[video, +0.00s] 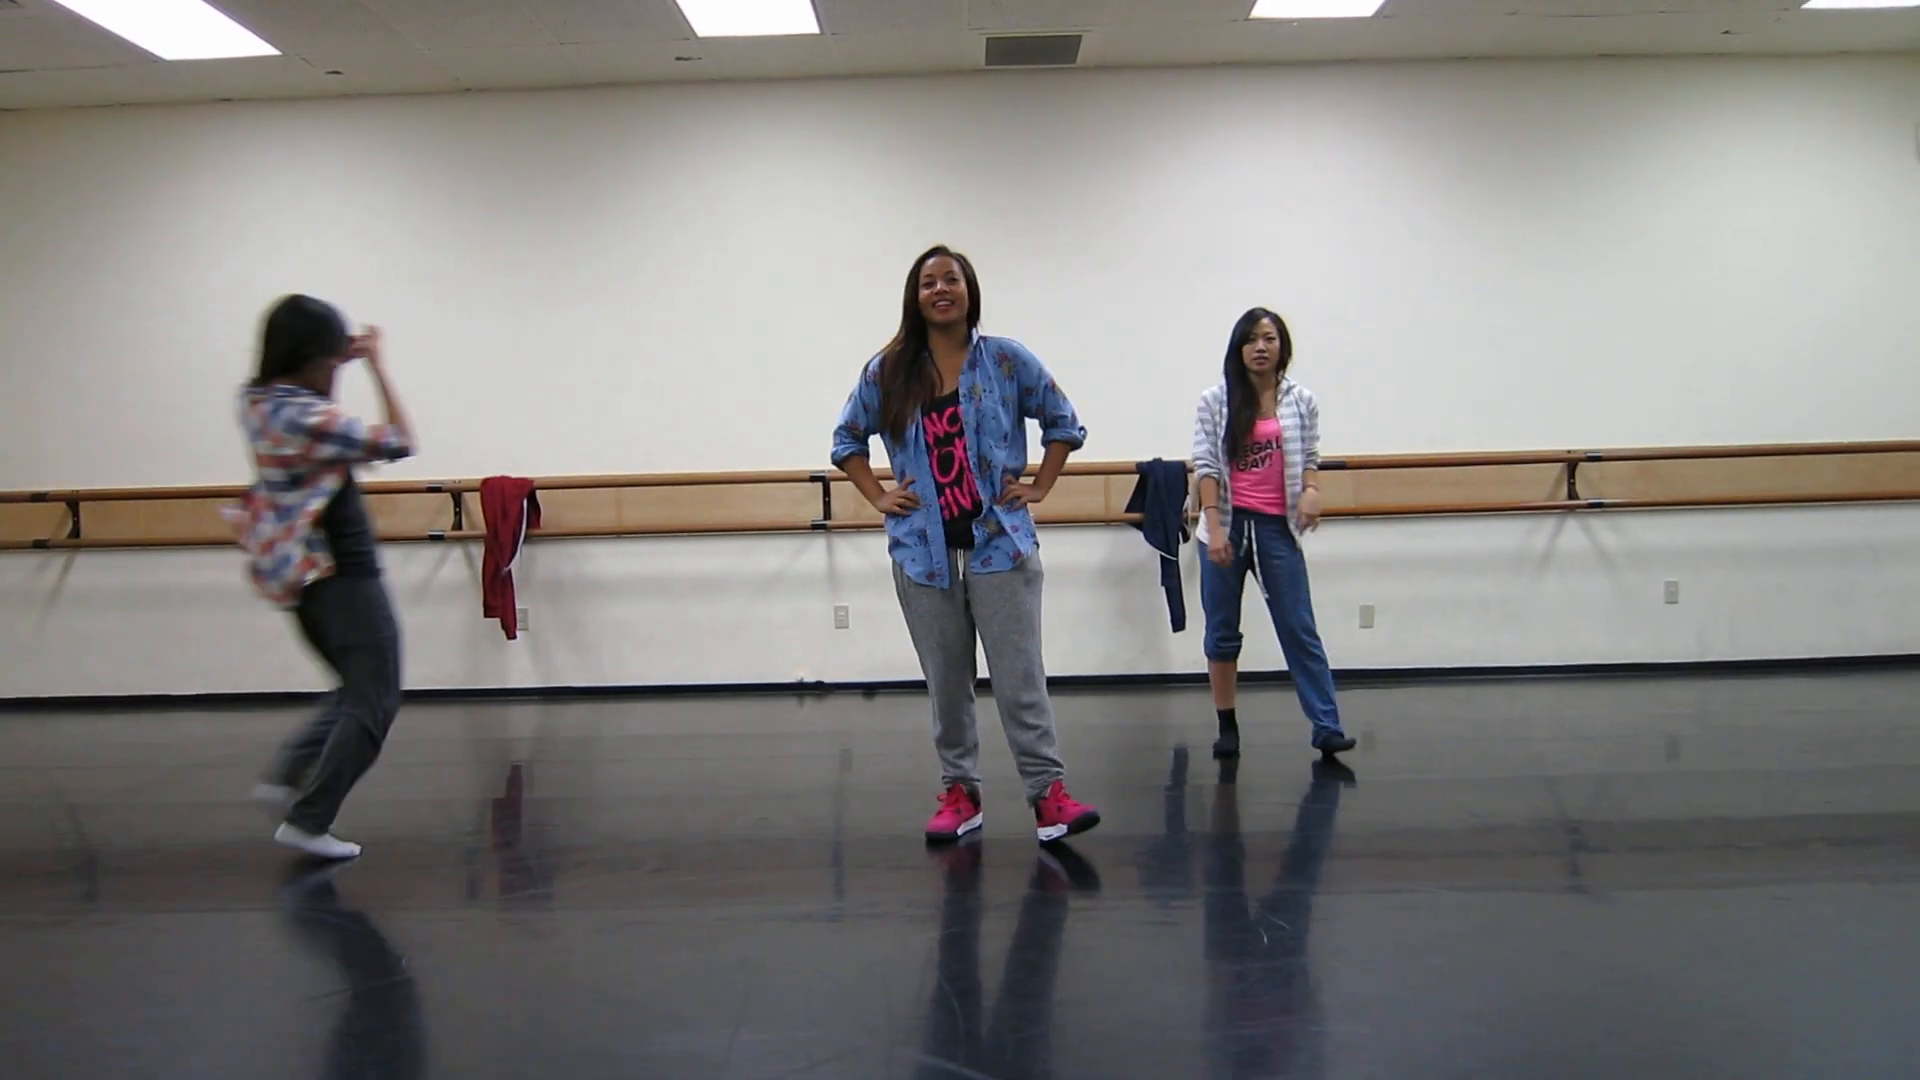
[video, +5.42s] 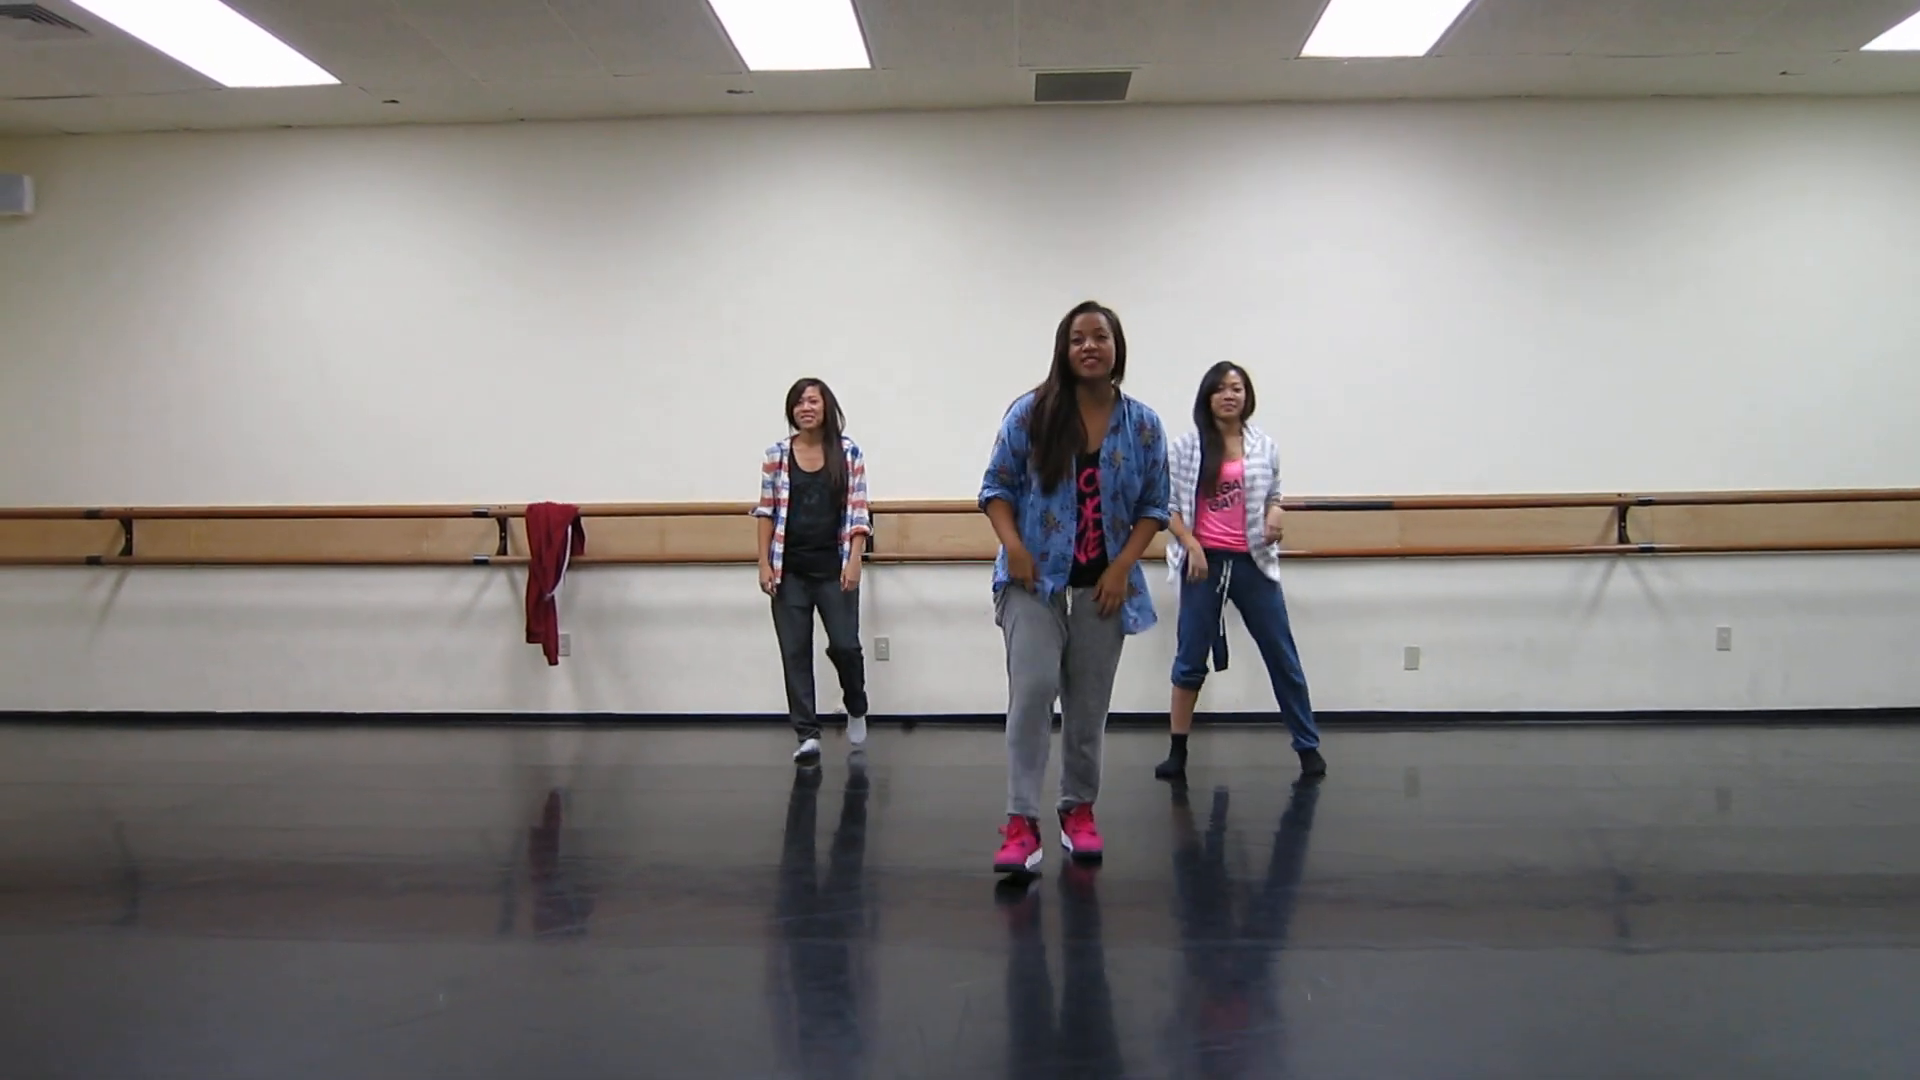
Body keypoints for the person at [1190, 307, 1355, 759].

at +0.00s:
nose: (1259, 347)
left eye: (1269, 339)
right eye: (1251, 340)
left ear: (1283, 347)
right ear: (1237, 348)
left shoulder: (1300, 401)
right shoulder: (1215, 401)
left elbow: (1310, 458)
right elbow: (1206, 466)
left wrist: (1311, 491)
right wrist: (1214, 527)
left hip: (1277, 525)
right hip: (1224, 524)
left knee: (1300, 628)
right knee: (1222, 632)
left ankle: (1327, 729)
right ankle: (1226, 727)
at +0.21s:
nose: (1237, 344)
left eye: (1246, 336)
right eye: (1228, 337)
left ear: (1259, 344)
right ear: (1215, 346)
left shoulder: (1276, 396)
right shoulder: (1192, 398)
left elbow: (1288, 457)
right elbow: (1173, 464)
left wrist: (1267, 482)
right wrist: (1165, 524)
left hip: (1259, 520)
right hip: (1205, 521)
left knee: (1284, 615)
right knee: (1213, 629)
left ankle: (1275, 715)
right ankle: (1221, 725)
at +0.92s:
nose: (1237, 355)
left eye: (1244, 347)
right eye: (1227, 350)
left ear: (1256, 354)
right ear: (1216, 360)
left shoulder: (1271, 401)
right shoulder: (1201, 405)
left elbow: (1279, 462)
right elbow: (1170, 463)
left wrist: (1302, 438)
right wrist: (1190, 461)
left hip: (1261, 520)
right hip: (1217, 519)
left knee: (1254, 619)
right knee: (1225, 615)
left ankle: (1244, 713)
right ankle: (1222, 712)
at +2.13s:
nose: (1185, 358)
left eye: (1192, 351)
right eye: (1177, 352)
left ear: (1205, 357)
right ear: (1165, 360)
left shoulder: (1221, 403)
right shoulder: (1145, 407)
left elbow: (1232, 473)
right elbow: (1130, 467)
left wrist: (1232, 438)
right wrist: (1165, 461)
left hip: (1216, 518)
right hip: (1167, 521)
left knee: (1235, 618)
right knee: (1172, 621)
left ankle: (1248, 709)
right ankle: (1177, 707)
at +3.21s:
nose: (1244, 377)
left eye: (1252, 370)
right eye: (1236, 371)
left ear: (1265, 376)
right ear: (1223, 379)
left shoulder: (1284, 421)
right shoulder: (1205, 425)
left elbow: (1294, 487)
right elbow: (1188, 488)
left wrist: (1290, 457)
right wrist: (1229, 485)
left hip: (1267, 543)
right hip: (1216, 540)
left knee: (1259, 648)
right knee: (1198, 637)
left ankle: (1252, 739)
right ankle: (1187, 724)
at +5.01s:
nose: (1195, 391)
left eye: (1202, 385)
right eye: (1187, 384)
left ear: (1214, 392)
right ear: (1172, 391)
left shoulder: (1226, 438)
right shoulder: (1152, 438)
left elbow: (1238, 510)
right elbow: (1129, 497)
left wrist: (1238, 482)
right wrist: (1161, 492)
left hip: (1219, 554)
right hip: (1169, 555)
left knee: (1243, 652)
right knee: (1171, 656)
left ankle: (1267, 746)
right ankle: (1173, 748)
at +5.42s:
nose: (1229, 395)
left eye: (1236, 388)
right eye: (1220, 389)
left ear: (1248, 397)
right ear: (1206, 398)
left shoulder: (1264, 445)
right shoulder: (1184, 447)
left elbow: (1274, 495)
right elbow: (1168, 507)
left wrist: (1275, 512)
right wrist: (1192, 545)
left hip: (1253, 562)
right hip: (1200, 561)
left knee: (1283, 657)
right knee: (1191, 658)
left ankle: (1307, 748)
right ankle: (1176, 753)